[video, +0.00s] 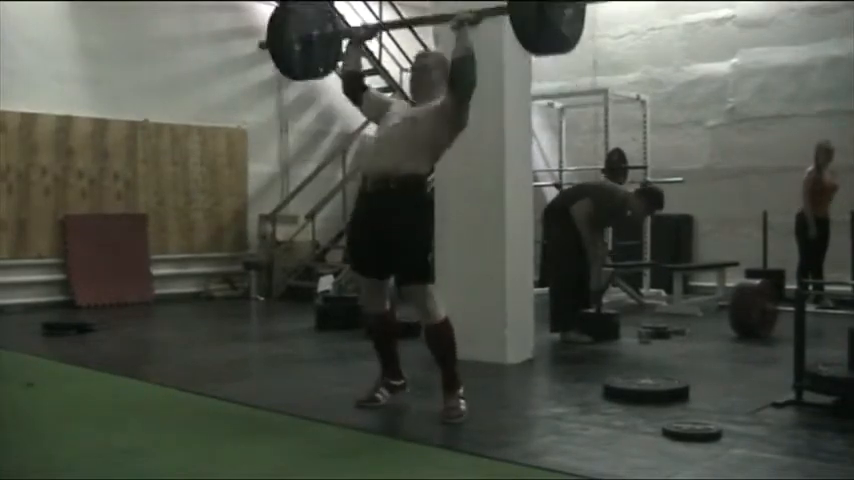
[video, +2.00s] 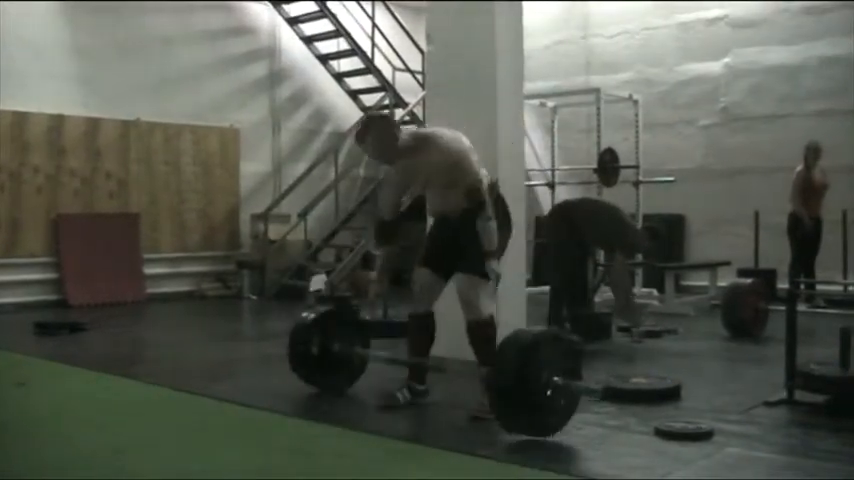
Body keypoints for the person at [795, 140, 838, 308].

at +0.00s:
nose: (827, 159)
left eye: (829, 155)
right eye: (825, 155)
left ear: (830, 157)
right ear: (818, 155)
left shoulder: (827, 174)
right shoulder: (812, 174)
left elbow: (824, 200)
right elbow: (807, 201)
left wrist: (832, 190)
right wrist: (811, 224)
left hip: (821, 220)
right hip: (808, 219)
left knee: (818, 259)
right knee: (806, 258)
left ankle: (819, 294)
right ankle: (802, 293)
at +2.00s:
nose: (814, 158)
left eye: (817, 155)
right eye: (812, 154)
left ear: (820, 156)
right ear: (806, 155)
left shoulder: (819, 173)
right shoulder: (801, 173)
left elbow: (818, 196)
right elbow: (795, 200)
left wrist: (823, 187)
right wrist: (805, 218)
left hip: (814, 219)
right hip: (799, 219)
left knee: (810, 259)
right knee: (798, 258)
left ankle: (811, 294)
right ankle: (794, 293)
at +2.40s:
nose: (811, 158)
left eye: (814, 155)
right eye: (809, 154)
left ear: (818, 156)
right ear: (804, 154)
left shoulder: (821, 172)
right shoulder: (799, 172)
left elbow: (821, 195)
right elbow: (790, 196)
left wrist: (829, 202)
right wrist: (806, 201)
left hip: (817, 217)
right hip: (801, 217)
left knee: (812, 258)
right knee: (800, 257)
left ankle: (812, 294)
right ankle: (795, 294)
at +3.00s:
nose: (815, 161)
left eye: (817, 157)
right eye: (812, 157)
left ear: (820, 158)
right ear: (805, 156)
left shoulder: (820, 174)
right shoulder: (798, 175)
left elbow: (826, 196)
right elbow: (791, 199)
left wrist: (824, 192)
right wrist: (813, 193)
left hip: (819, 218)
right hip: (803, 218)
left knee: (813, 260)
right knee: (801, 258)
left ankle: (813, 295)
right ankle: (794, 294)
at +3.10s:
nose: (815, 160)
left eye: (817, 157)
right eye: (812, 156)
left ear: (820, 158)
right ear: (805, 156)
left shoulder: (820, 174)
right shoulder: (798, 175)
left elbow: (825, 197)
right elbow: (791, 199)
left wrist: (825, 192)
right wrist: (813, 193)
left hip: (819, 218)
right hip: (802, 218)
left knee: (813, 259)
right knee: (801, 258)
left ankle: (812, 295)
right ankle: (794, 294)